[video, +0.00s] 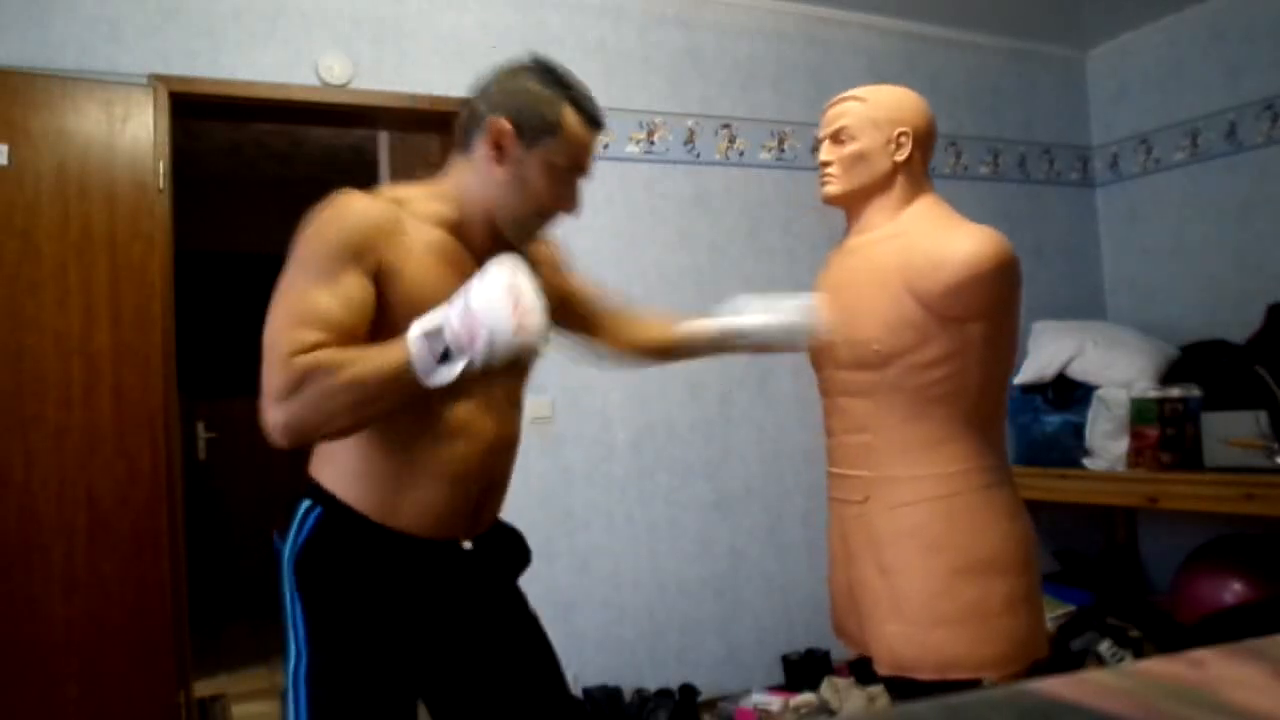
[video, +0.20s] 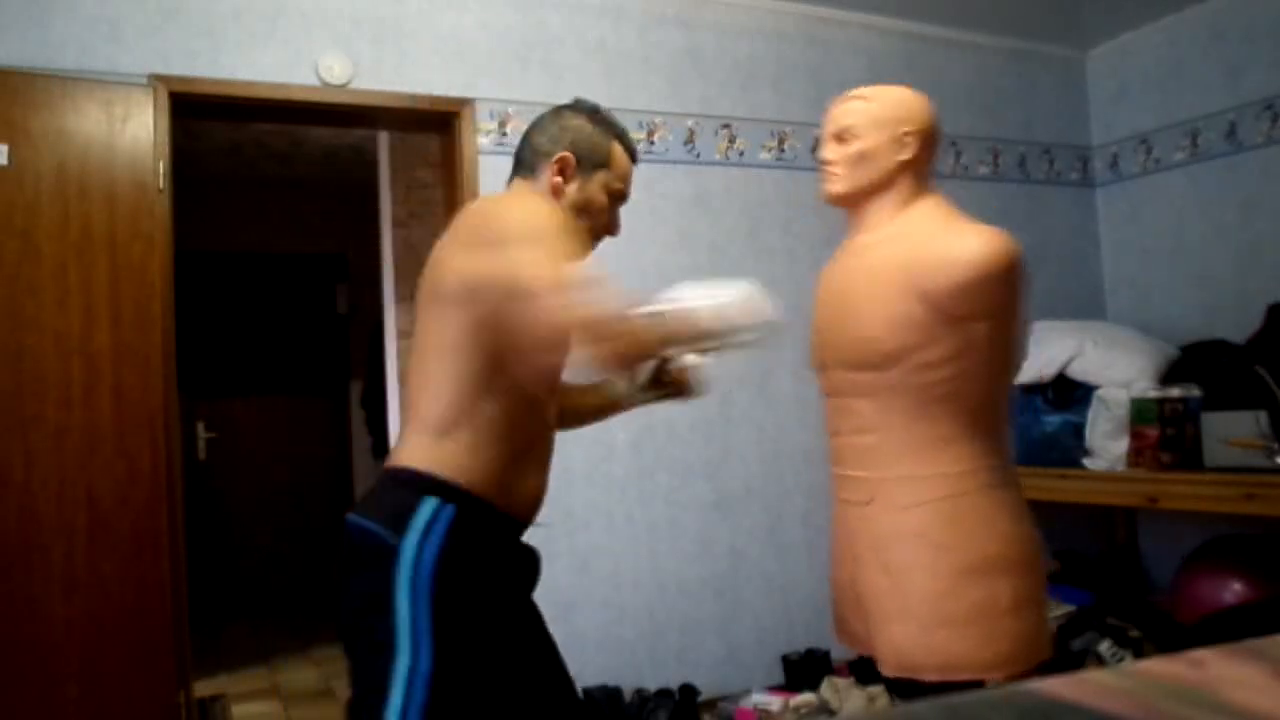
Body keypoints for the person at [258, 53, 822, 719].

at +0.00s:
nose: (571, 199)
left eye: (579, 179)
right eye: (566, 173)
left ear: (504, 150)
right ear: (500, 145)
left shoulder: (522, 261)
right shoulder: (356, 225)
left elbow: (624, 331)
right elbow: (288, 407)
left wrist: (741, 329)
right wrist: (446, 338)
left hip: (468, 574)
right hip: (353, 573)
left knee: (545, 717)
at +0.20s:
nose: (616, 225)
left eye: (622, 203)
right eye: (613, 198)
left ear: (559, 175)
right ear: (561, 173)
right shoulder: (514, 220)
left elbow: (532, 408)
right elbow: (605, 341)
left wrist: (636, 389)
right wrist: (691, 328)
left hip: (470, 543)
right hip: (433, 539)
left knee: (544, 710)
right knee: (412, 709)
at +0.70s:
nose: (503, 220)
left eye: (506, 199)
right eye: (495, 194)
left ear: (437, 178)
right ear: (434, 174)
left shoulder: (415, 270)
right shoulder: (357, 264)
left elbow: (423, 434)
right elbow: (352, 450)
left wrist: (503, 477)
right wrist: (484, 494)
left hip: (430, 557)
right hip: (373, 562)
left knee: (530, 707)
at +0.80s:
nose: (465, 226)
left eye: (468, 206)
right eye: (455, 201)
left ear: (393, 187)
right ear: (389, 184)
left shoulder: (380, 304)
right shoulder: (295, 294)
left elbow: (391, 467)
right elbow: (270, 490)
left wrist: (471, 511)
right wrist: (431, 545)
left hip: (397, 595)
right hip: (325, 604)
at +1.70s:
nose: (243, 174)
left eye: (249, 151)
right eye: (222, 143)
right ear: (136, 118)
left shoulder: (242, 259)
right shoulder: (15, 239)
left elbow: (319, 431)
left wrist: (320, 364)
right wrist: (21, 402)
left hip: (198, 577)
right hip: (47, 566)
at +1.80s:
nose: (245, 174)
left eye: (252, 150)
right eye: (225, 141)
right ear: (141, 111)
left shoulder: (239, 254)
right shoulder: (14, 227)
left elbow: (312, 416)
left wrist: (312, 321)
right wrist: (14, 401)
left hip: (189, 573)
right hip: (44, 563)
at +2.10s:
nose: (342, 214)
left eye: (345, 195)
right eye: (327, 187)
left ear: (256, 169)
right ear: (254, 167)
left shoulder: (278, 269)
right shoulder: (180, 242)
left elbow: (258, 437)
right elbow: (333, 327)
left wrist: (348, 448)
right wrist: (446, 258)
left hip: (262, 594)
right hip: (165, 599)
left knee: (402, 718)